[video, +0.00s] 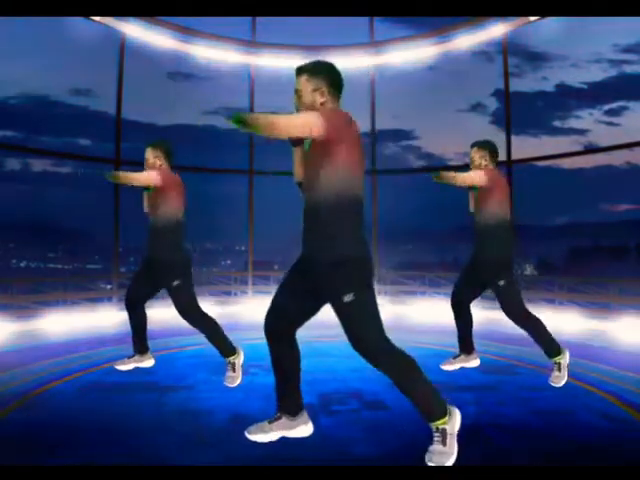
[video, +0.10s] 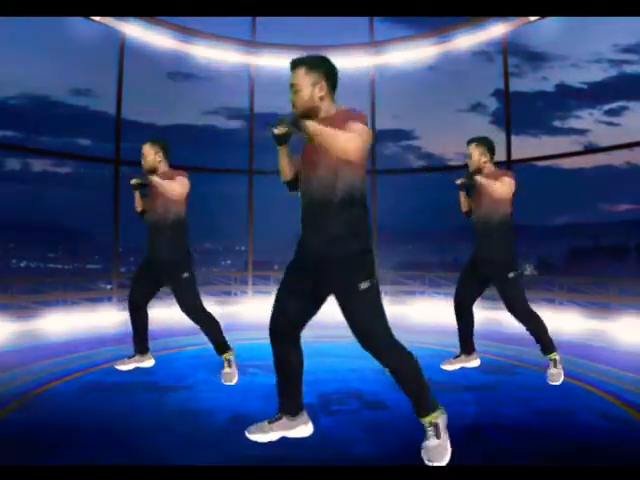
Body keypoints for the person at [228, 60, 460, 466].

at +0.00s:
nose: (296, 99)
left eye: (300, 92)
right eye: (296, 94)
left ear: (321, 92)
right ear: (324, 94)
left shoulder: (333, 119)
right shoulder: (328, 131)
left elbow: (274, 126)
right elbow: (304, 180)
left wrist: (242, 119)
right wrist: (298, 140)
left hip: (343, 259)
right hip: (319, 258)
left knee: (373, 345)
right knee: (277, 326)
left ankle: (443, 419)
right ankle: (291, 415)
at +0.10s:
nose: (292, 96)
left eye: (297, 88)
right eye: (292, 89)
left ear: (321, 87)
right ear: (312, 90)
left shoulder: (353, 122)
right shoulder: (308, 133)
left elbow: (353, 150)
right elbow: (292, 182)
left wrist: (307, 123)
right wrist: (283, 145)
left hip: (350, 253)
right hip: (312, 253)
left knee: (378, 341)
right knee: (282, 330)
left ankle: (432, 417)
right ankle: (292, 416)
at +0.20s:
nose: (299, 96)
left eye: (305, 89)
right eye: (298, 89)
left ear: (331, 88)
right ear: (310, 92)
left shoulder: (366, 126)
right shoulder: (307, 141)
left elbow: (375, 168)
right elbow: (281, 182)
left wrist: (332, 126)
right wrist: (272, 143)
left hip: (359, 255)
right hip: (312, 254)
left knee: (389, 344)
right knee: (284, 332)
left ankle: (407, 422)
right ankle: (293, 417)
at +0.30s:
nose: (309, 96)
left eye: (315, 87)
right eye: (306, 89)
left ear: (340, 87)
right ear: (309, 92)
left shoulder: (374, 126)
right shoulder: (309, 139)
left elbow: (388, 173)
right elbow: (280, 181)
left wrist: (343, 131)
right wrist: (275, 141)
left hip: (365, 256)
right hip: (316, 257)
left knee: (393, 343)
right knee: (289, 331)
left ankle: (408, 423)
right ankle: (293, 417)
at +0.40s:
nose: (315, 94)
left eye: (321, 85)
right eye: (312, 87)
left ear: (346, 84)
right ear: (312, 90)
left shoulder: (379, 124)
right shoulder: (311, 138)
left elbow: (397, 173)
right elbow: (285, 181)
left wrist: (350, 131)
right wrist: (277, 140)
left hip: (370, 254)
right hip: (321, 255)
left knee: (395, 341)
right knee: (292, 330)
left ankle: (408, 423)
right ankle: (293, 415)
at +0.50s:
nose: (318, 97)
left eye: (325, 89)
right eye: (314, 90)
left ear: (350, 89)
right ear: (313, 93)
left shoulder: (381, 129)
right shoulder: (312, 140)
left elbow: (400, 180)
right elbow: (286, 186)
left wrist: (358, 140)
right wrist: (277, 145)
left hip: (372, 259)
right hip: (321, 260)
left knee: (400, 345)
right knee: (287, 330)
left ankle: (408, 423)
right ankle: (293, 415)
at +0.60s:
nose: (322, 107)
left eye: (330, 99)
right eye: (318, 100)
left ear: (354, 101)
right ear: (315, 104)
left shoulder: (380, 142)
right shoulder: (309, 150)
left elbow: (398, 195)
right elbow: (284, 196)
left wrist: (357, 154)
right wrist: (277, 153)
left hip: (372, 270)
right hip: (320, 269)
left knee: (404, 357)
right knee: (277, 334)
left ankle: (409, 425)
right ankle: (292, 415)